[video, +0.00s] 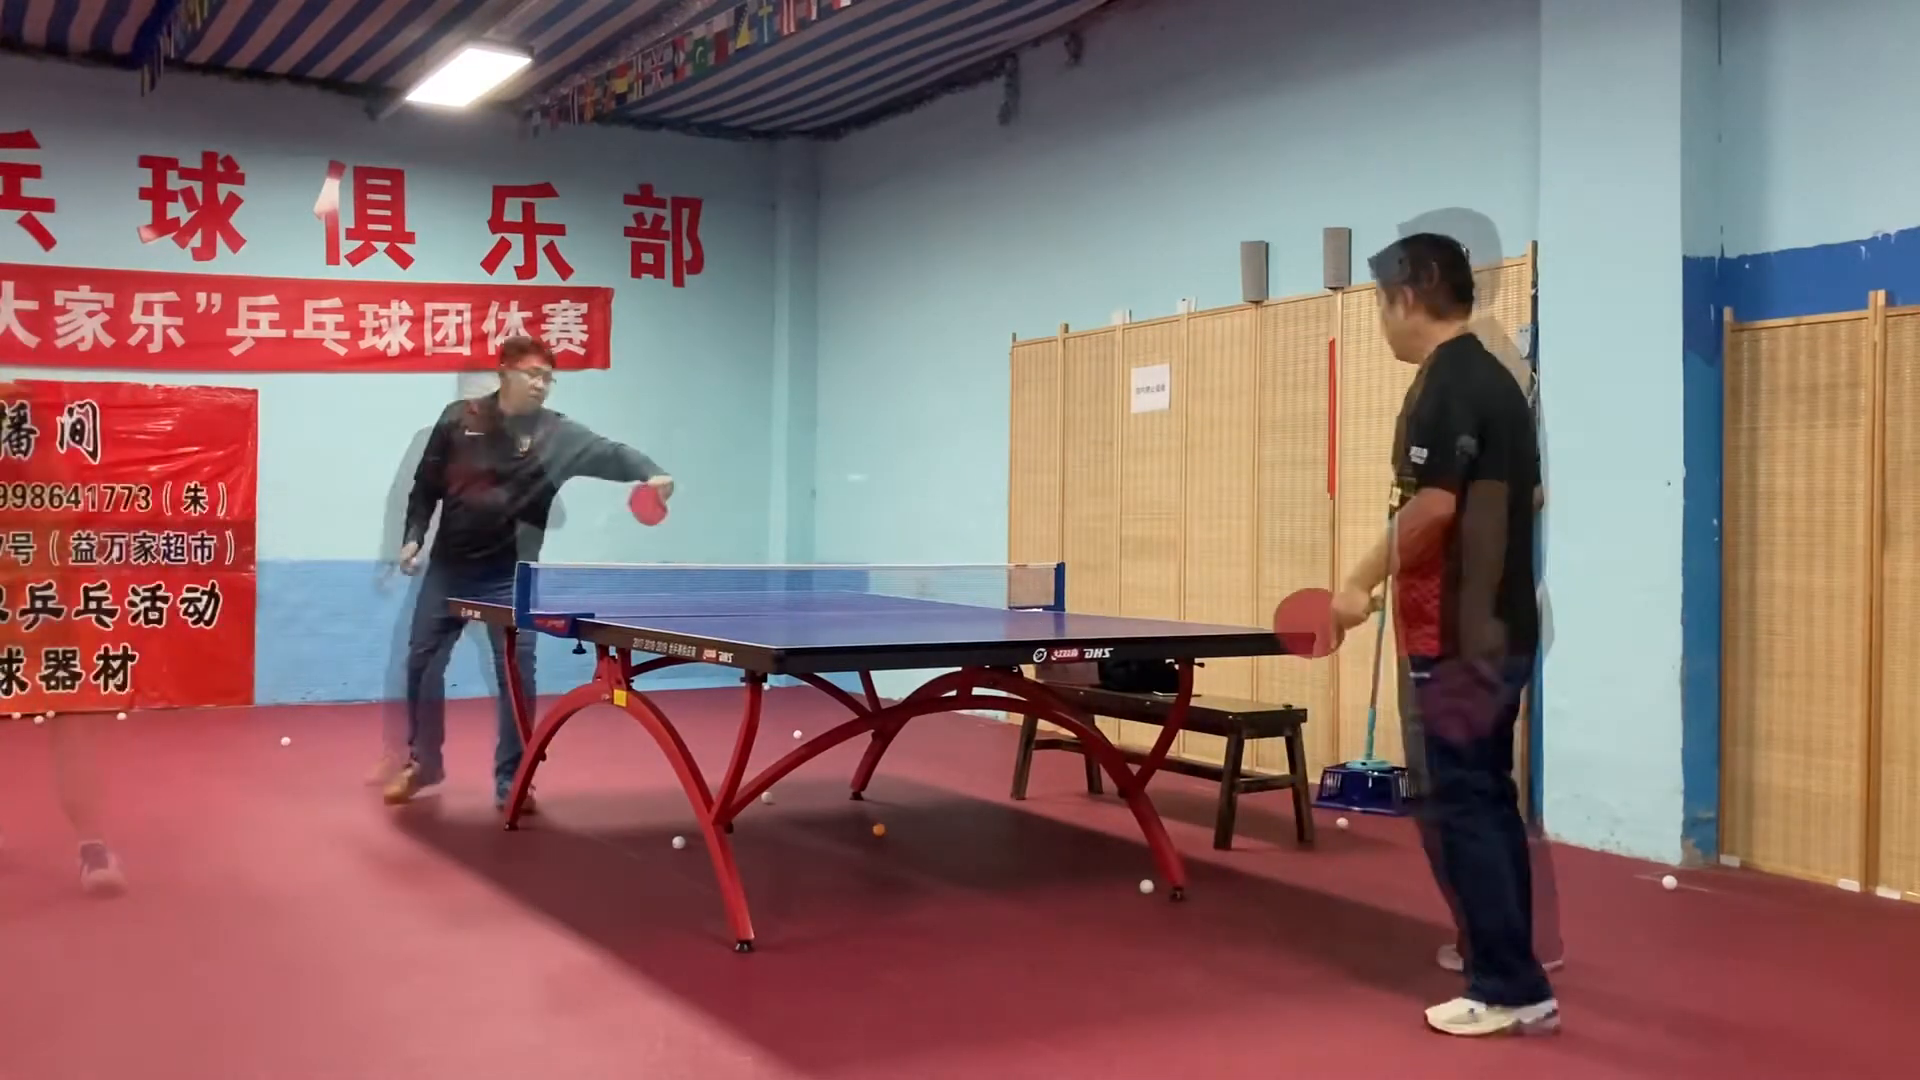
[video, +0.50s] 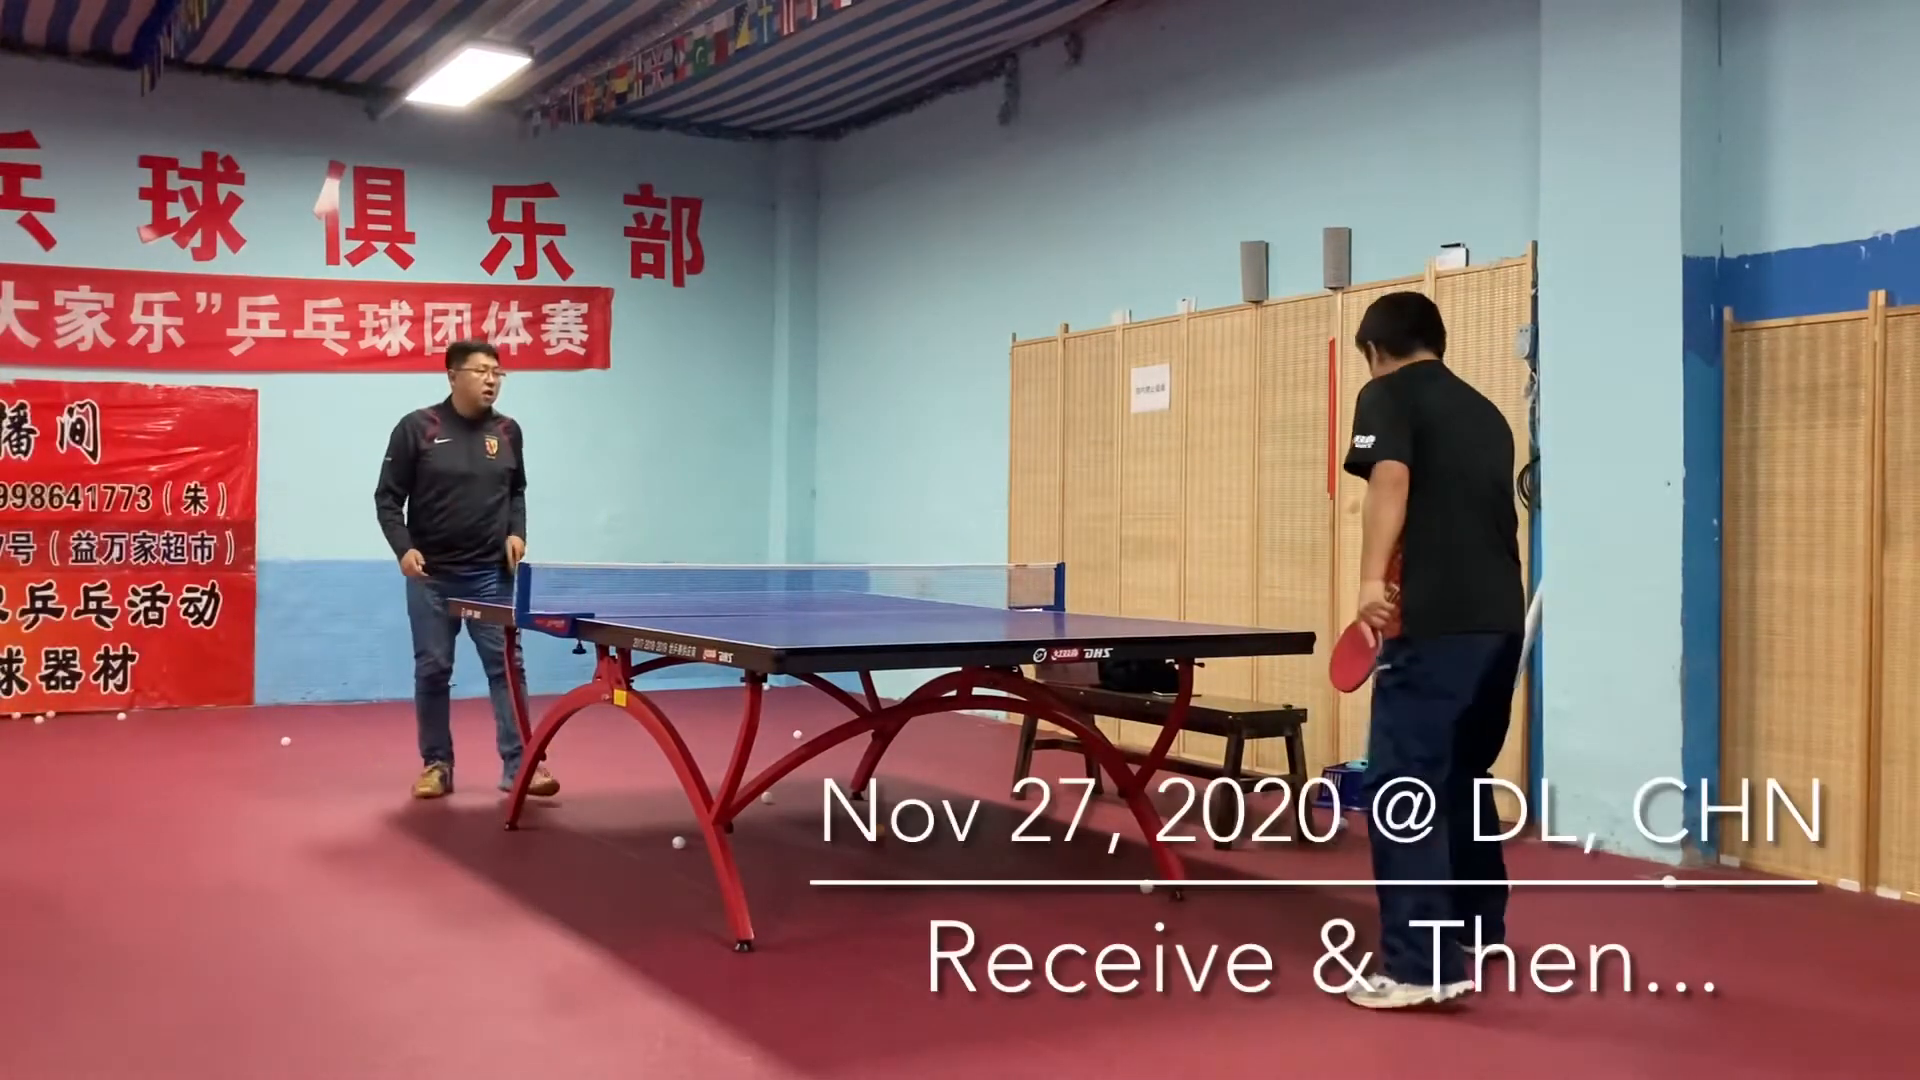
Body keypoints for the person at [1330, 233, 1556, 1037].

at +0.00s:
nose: (1382, 322)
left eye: (1384, 305)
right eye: (1381, 306)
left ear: (1414, 299)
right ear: (1448, 296)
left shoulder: (1449, 380)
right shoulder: (1487, 374)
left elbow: (1434, 504)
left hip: (1457, 642)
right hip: (1492, 634)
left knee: (1454, 802)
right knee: (1478, 794)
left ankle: (1511, 989)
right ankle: (1496, 952)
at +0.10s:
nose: (1365, 327)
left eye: (1366, 311)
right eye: (1365, 312)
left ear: (1388, 305)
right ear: (1438, 302)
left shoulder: (1432, 379)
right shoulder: (1475, 374)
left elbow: (1429, 500)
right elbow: (1472, 508)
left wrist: (1368, 583)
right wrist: (1380, 589)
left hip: (1455, 631)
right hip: (1498, 626)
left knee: (1407, 784)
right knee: (1474, 782)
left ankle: (1466, 965)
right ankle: (1504, 953)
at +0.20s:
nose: (1350, 344)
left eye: (1350, 328)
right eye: (1349, 329)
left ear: (1372, 324)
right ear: (1422, 319)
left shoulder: (1408, 390)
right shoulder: (1465, 387)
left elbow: (1416, 503)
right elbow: (1484, 511)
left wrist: (1369, 595)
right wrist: (1386, 604)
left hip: (1453, 635)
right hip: (1501, 630)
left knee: (1400, 795)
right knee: (1451, 784)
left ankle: (1429, 973)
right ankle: (1495, 935)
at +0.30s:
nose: (1350, 358)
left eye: (1348, 344)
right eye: (1347, 345)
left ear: (1364, 339)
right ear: (1421, 333)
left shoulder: (1389, 396)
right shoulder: (1470, 398)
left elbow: (1397, 500)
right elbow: (1497, 515)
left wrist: (1368, 605)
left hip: (1441, 633)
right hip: (1498, 628)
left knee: (1390, 790)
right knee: (1450, 775)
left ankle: (1425, 972)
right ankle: (1483, 927)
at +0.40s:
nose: (1357, 364)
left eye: (1356, 352)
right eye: (1355, 353)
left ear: (1371, 346)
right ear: (1426, 342)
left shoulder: (1386, 396)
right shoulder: (1479, 407)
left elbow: (1389, 494)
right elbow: (1492, 525)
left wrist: (1370, 593)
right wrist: (1413, 605)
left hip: (1435, 628)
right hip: (1497, 625)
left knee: (1395, 790)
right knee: (1466, 781)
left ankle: (1420, 971)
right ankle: (1477, 941)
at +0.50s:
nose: (1367, 369)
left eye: (1366, 359)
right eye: (1365, 361)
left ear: (1378, 351)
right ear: (1438, 346)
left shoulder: (1388, 393)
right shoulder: (1485, 411)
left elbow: (1391, 477)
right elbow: (1500, 521)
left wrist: (1372, 579)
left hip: (1433, 625)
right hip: (1499, 624)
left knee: (1401, 787)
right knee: (1464, 781)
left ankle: (1414, 965)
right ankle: (1472, 947)